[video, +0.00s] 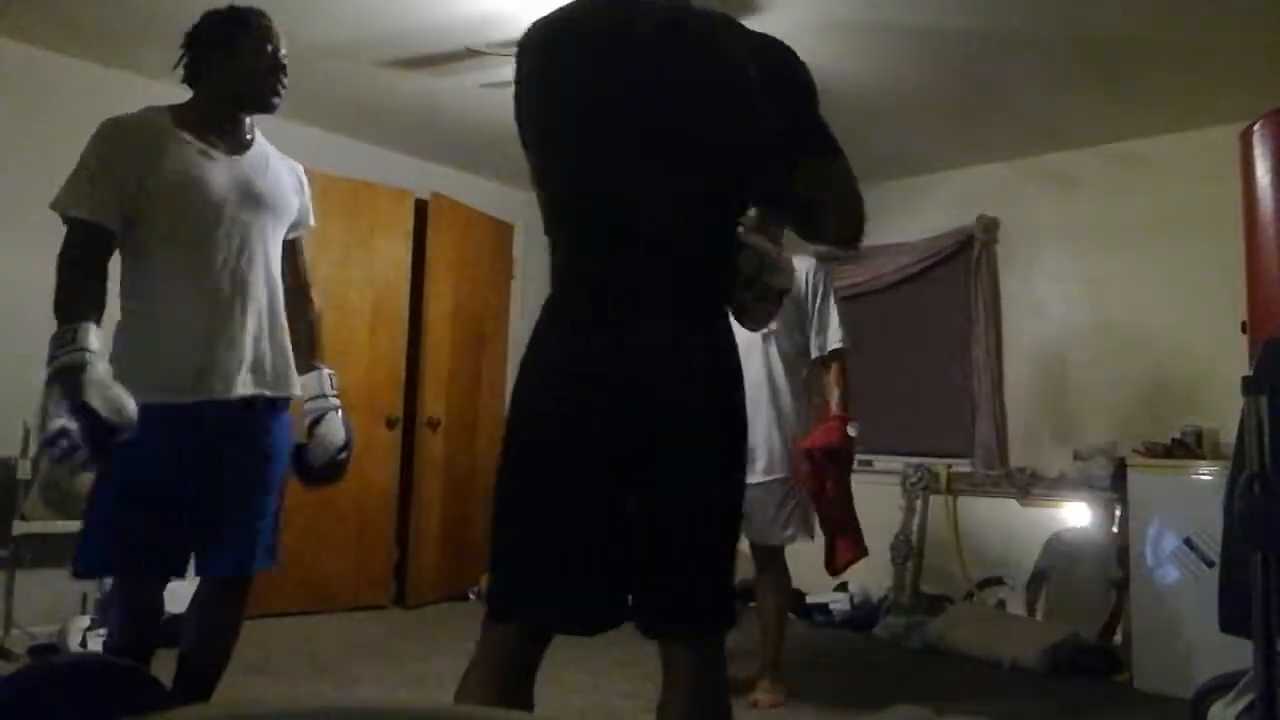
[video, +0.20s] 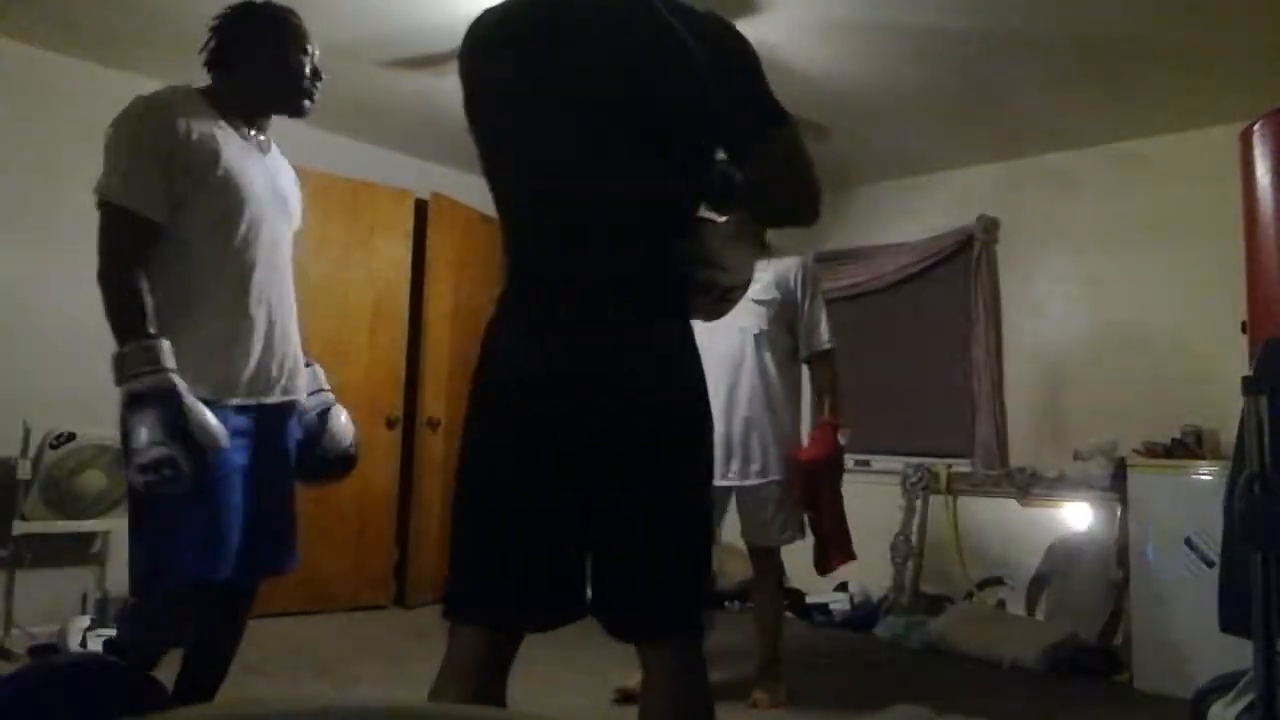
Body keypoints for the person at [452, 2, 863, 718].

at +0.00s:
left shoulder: (548, 41)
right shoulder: (757, 61)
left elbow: (566, 219)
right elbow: (842, 222)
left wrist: (722, 258)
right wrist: (750, 168)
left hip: (568, 359)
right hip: (692, 365)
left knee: (513, 627)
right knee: (691, 642)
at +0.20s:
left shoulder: (490, 36)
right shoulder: (703, 40)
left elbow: (540, 193)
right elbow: (796, 200)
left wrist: (685, 248)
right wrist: (685, 173)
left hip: (523, 353)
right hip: (650, 360)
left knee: (478, 636)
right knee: (669, 644)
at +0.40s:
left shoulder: (448, 34)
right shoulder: (655, 24)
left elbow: (494, 195)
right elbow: (759, 184)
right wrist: (654, 195)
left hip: (490, 349)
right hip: (618, 355)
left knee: (454, 646)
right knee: (653, 651)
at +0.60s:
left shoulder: (419, 46)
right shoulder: (633, 22)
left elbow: (453, 228)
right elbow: (752, 172)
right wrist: (628, 145)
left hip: (467, 359)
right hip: (598, 363)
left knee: (433, 656)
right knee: (641, 659)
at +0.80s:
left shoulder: (413, 55)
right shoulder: (624, 24)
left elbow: (453, 240)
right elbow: (751, 174)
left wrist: (624, 279)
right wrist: (636, 129)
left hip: (461, 360)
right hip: (592, 362)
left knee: (431, 653)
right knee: (638, 654)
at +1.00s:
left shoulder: (424, 59)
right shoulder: (631, 28)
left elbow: (455, 238)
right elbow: (760, 181)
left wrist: (620, 278)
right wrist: (648, 139)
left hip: (475, 363)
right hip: (604, 367)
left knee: (446, 644)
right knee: (647, 652)